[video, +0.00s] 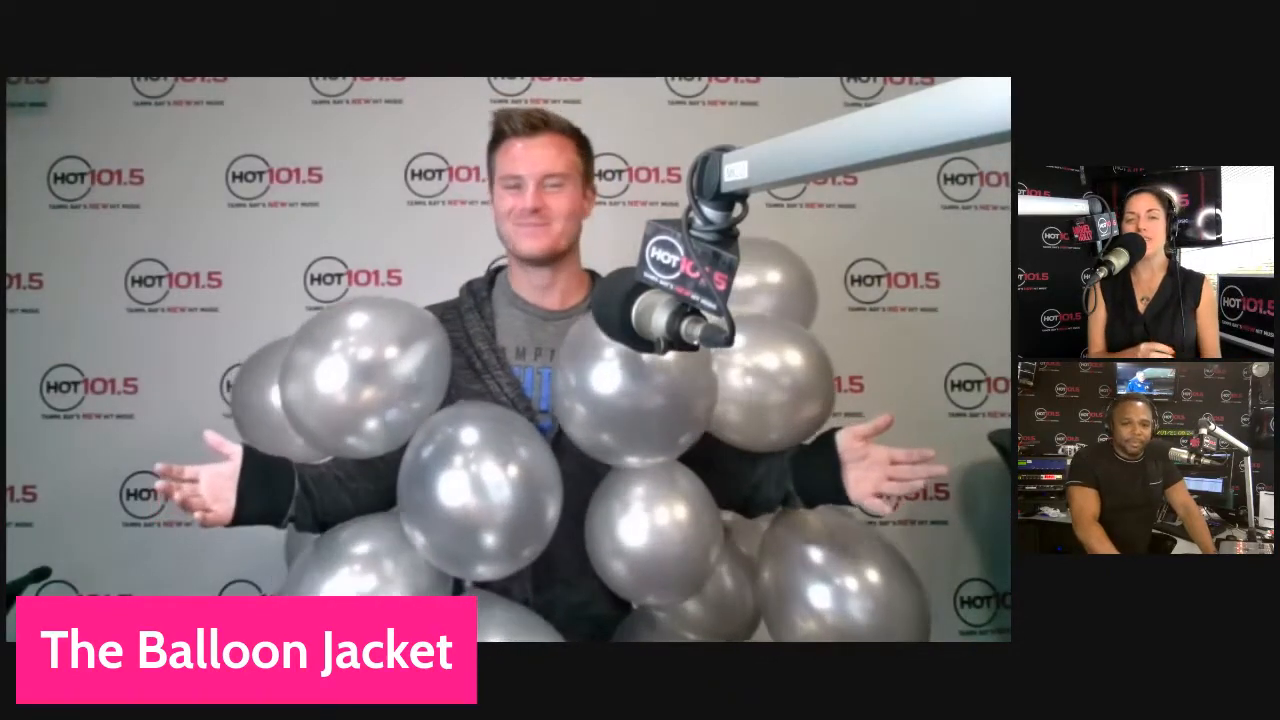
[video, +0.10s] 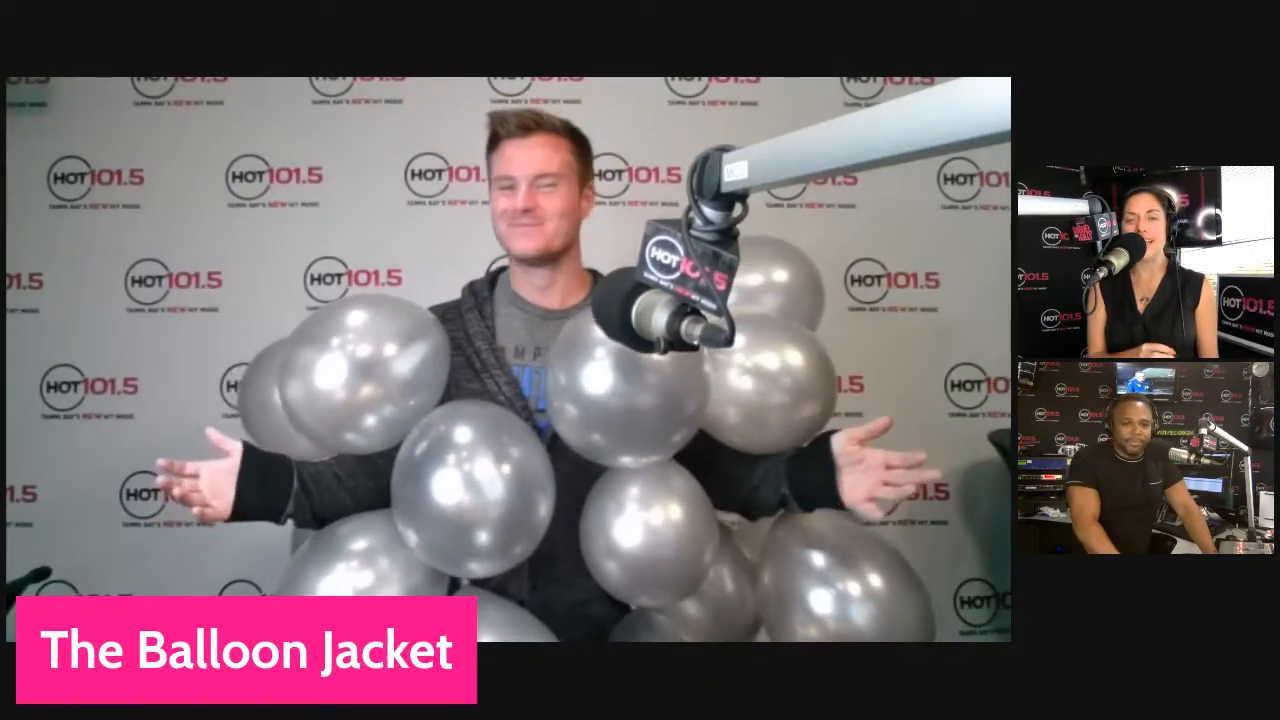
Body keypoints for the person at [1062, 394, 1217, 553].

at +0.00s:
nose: (1137, 431)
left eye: (1144, 424)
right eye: (1127, 423)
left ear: (1153, 429)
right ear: (1111, 427)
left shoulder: (1158, 458)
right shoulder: (1088, 461)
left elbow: (1188, 509)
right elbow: (1086, 525)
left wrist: (1211, 553)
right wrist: (1120, 566)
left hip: (1143, 557)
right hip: (1098, 559)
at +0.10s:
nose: (1137, 431)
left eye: (1144, 424)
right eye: (1127, 423)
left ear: (1152, 429)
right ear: (1111, 427)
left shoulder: (1158, 458)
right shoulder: (1088, 461)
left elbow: (1188, 509)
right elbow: (1086, 525)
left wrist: (1211, 553)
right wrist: (1120, 566)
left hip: (1143, 556)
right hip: (1098, 559)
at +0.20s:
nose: (1137, 431)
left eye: (1144, 424)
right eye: (1127, 423)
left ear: (1152, 429)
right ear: (1111, 427)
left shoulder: (1158, 458)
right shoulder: (1088, 461)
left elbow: (1188, 510)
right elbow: (1086, 526)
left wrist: (1211, 553)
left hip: (1142, 556)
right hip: (1099, 557)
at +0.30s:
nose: (1137, 431)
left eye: (1144, 424)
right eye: (1127, 423)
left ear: (1152, 429)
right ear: (1111, 427)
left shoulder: (1158, 458)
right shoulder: (1088, 461)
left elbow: (1188, 509)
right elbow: (1086, 526)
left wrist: (1211, 553)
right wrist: (1120, 565)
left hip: (1143, 556)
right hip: (1099, 558)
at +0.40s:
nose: (1137, 431)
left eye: (1145, 424)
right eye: (1128, 423)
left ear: (1153, 429)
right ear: (1111, 427)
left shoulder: (1158, 458)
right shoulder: (1088, 461)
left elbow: (1188, 509)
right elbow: (1085, 524)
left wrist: (1211, 553)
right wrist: (1119, 565)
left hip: (1142, 556)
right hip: (1097, 557)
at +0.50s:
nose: (1137, 431)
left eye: (1145, 424)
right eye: (1128, 423)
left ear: (1153, 429)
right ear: (1111, 427)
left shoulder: (1158, 458)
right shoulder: (1088, 461)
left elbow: (1188, 509)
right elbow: (1086, 525)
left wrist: (1211, 553)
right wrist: (1120, 566)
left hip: (1142, 557)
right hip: (1096, 559)